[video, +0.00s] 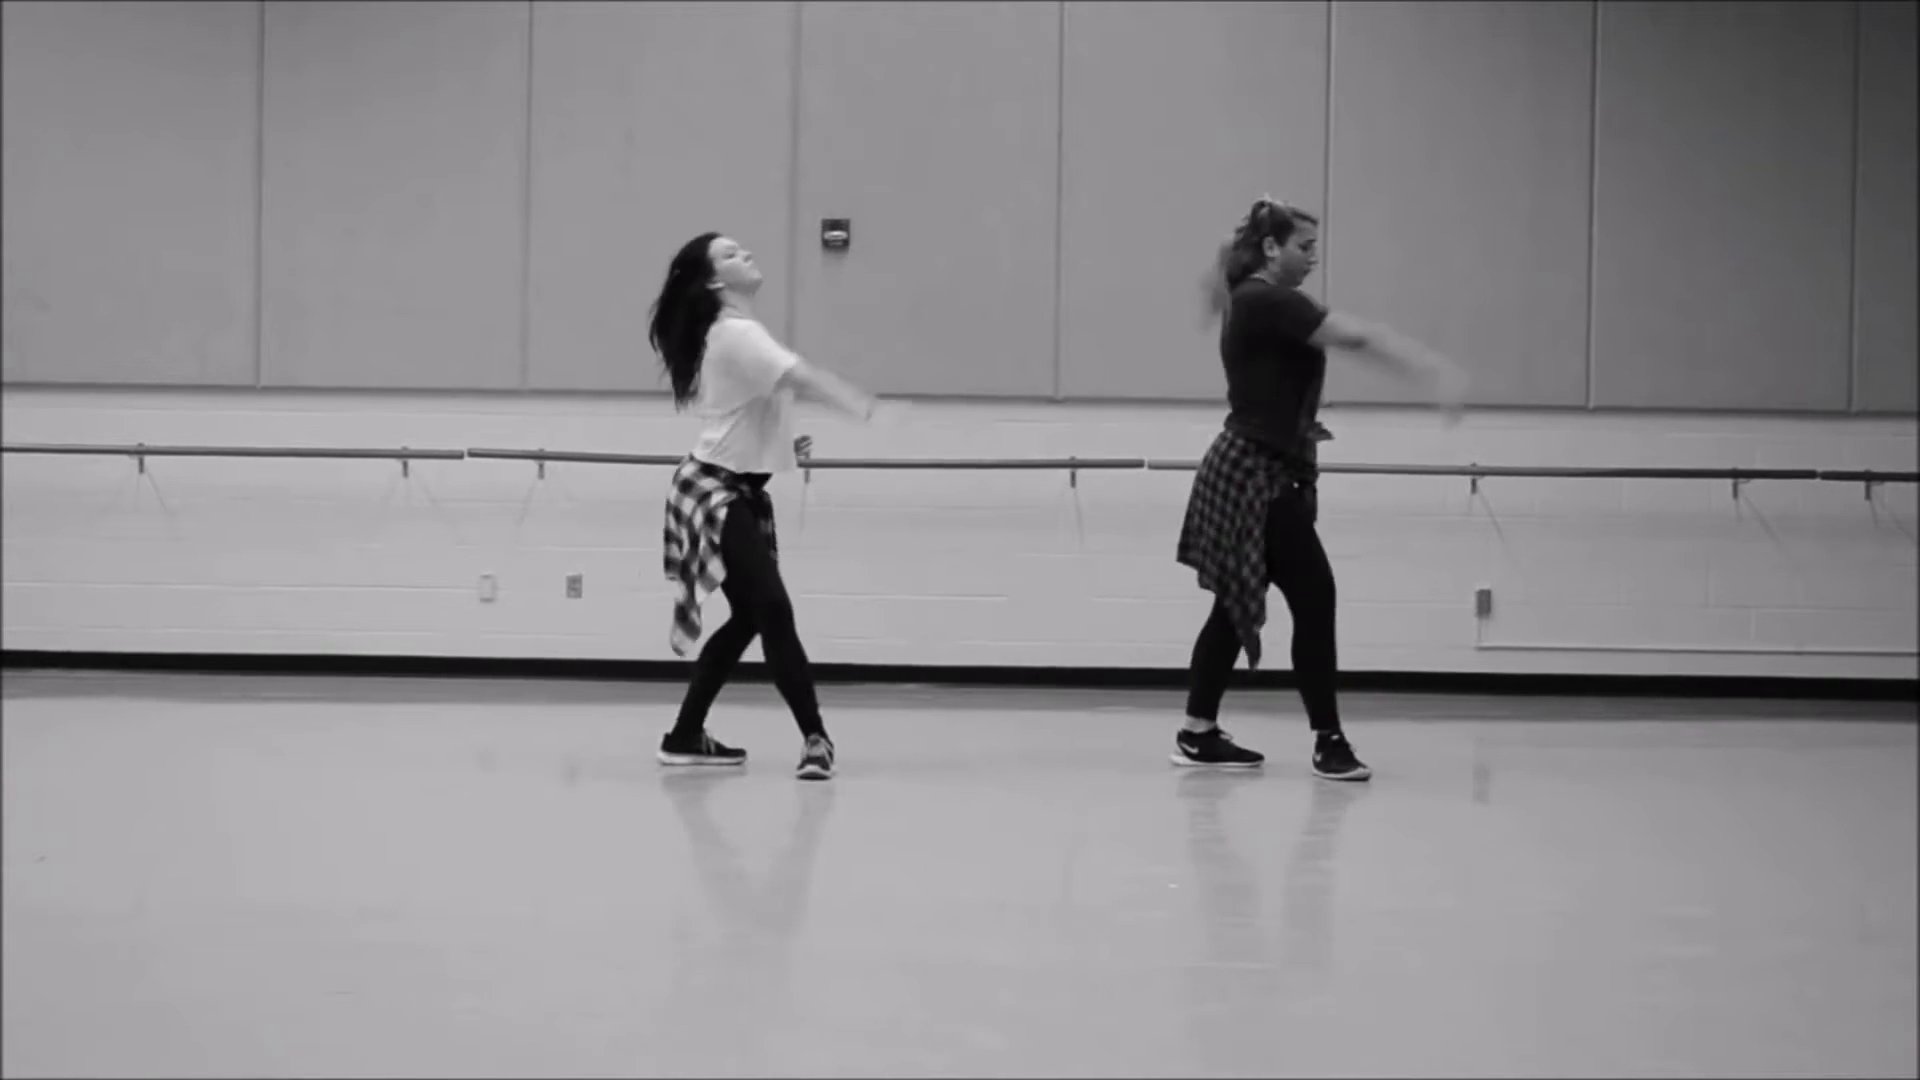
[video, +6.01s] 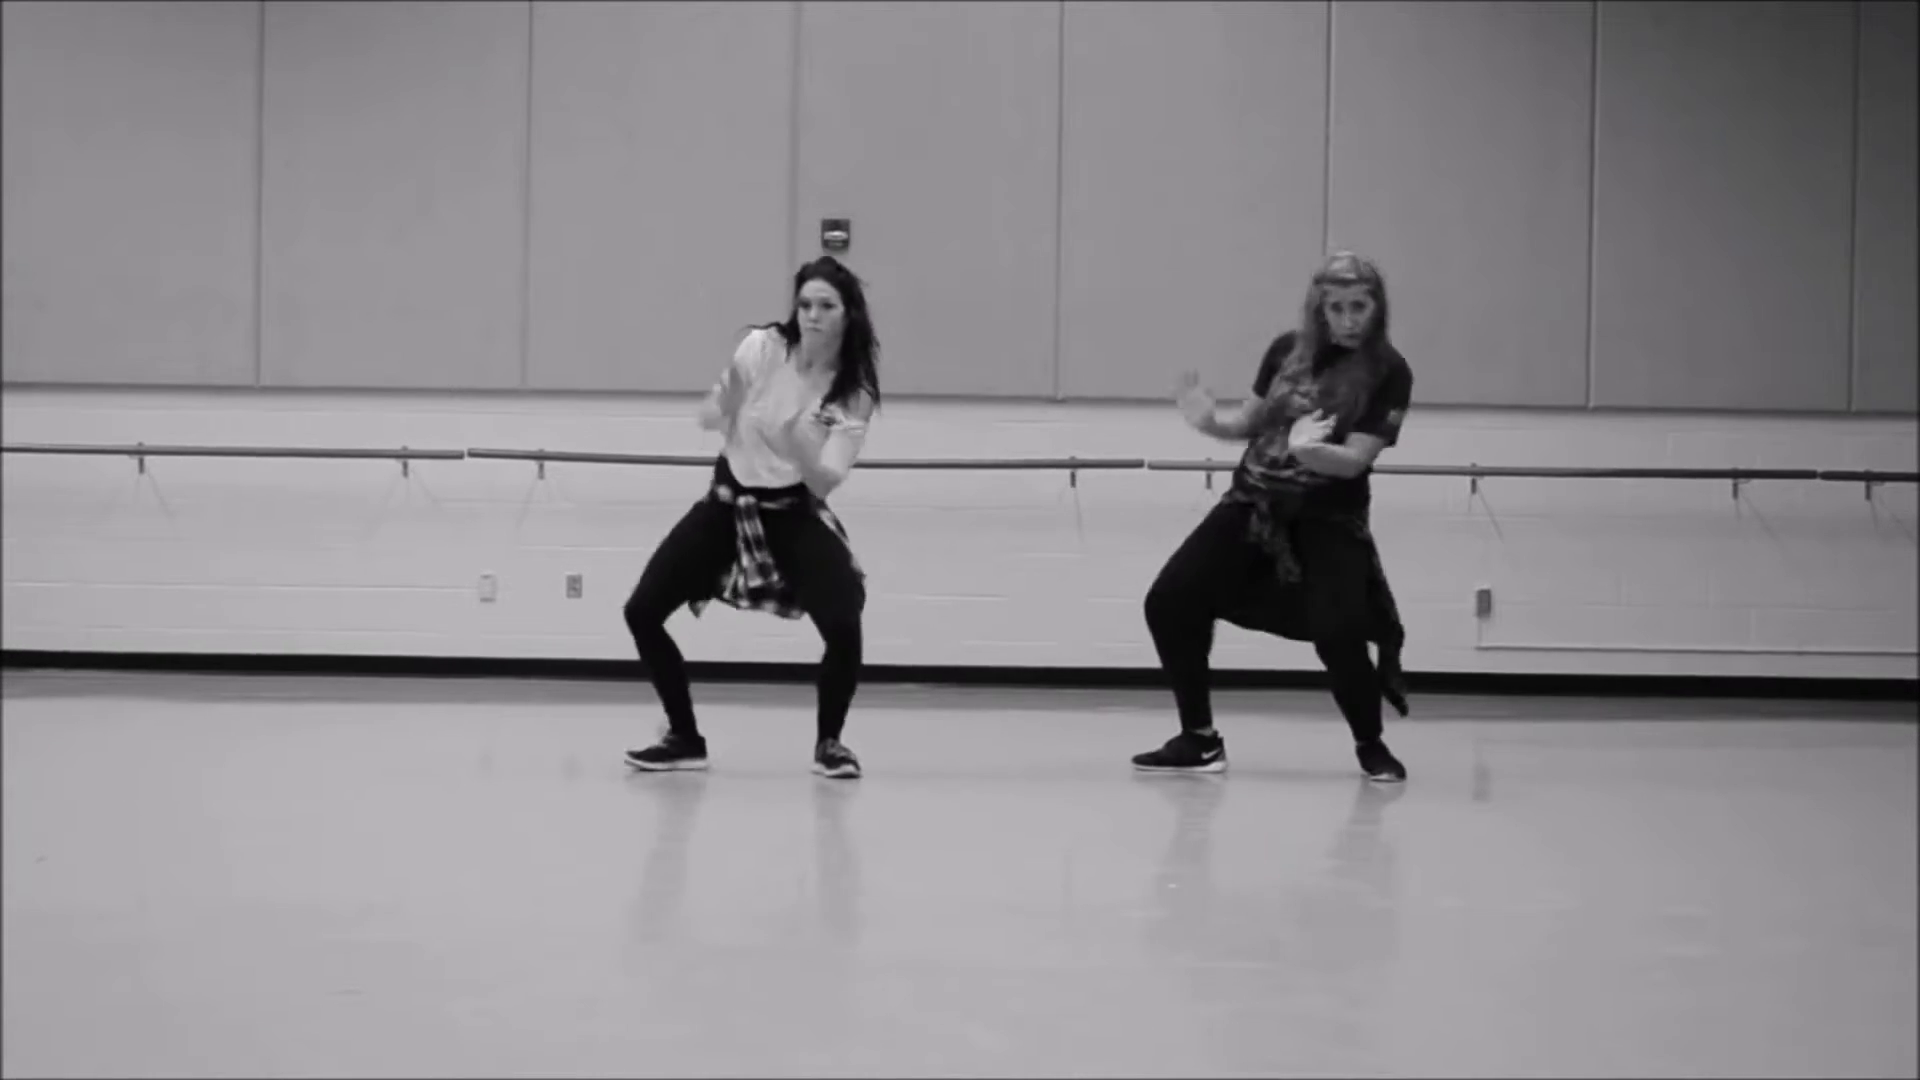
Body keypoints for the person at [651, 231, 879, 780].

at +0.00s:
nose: (747, 255)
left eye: (742, 249)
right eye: (732, 254)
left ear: (735, 276)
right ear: (712, 279)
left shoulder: (743, 329)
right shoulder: (732, 332)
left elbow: (744, 413)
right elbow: (800, 376)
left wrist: (787, 445)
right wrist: (864, 406)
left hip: (743, 491)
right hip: (720, 492)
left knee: (747, 616)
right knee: (775, 608)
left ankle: (686, 732)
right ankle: (815, 738)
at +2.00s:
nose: (906, 254)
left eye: (916, 243)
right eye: (895, 245)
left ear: (934, 250)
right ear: (878, 255)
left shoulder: (963, 313)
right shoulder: (856, 321)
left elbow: (1006, 377)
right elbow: (807, 399)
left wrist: (938, 386)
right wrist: (844, 417)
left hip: (933, 480)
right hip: (861, 481)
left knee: (997, 601)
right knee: (831, 611)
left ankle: (1051, 726)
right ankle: (800, 740)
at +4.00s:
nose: (1018, 274)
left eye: (1034, 278)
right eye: (1018, 269)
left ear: (1040, 311)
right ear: (997, 282)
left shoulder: (1022, 367)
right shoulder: (969, 315)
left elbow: (996, 420)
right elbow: (985, 237)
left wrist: (942, 368)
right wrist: (1027, 176)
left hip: (992, 509)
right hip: (934, 509)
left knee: (1036, 634)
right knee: (852, 604)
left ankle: (1082, 749)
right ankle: (795, 738)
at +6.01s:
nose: (812, 315)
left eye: (826, 306)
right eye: (805, 304)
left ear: (849, 316)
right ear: (794, 310)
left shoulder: (853, 390)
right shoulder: (761, 346)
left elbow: (826, 483)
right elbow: (712, 419)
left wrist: (803, 446)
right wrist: (724, 402)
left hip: (794, 518)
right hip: (726, 510)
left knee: (844, 622)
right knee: (643, 611)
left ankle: (829, 743)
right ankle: (684, 737)